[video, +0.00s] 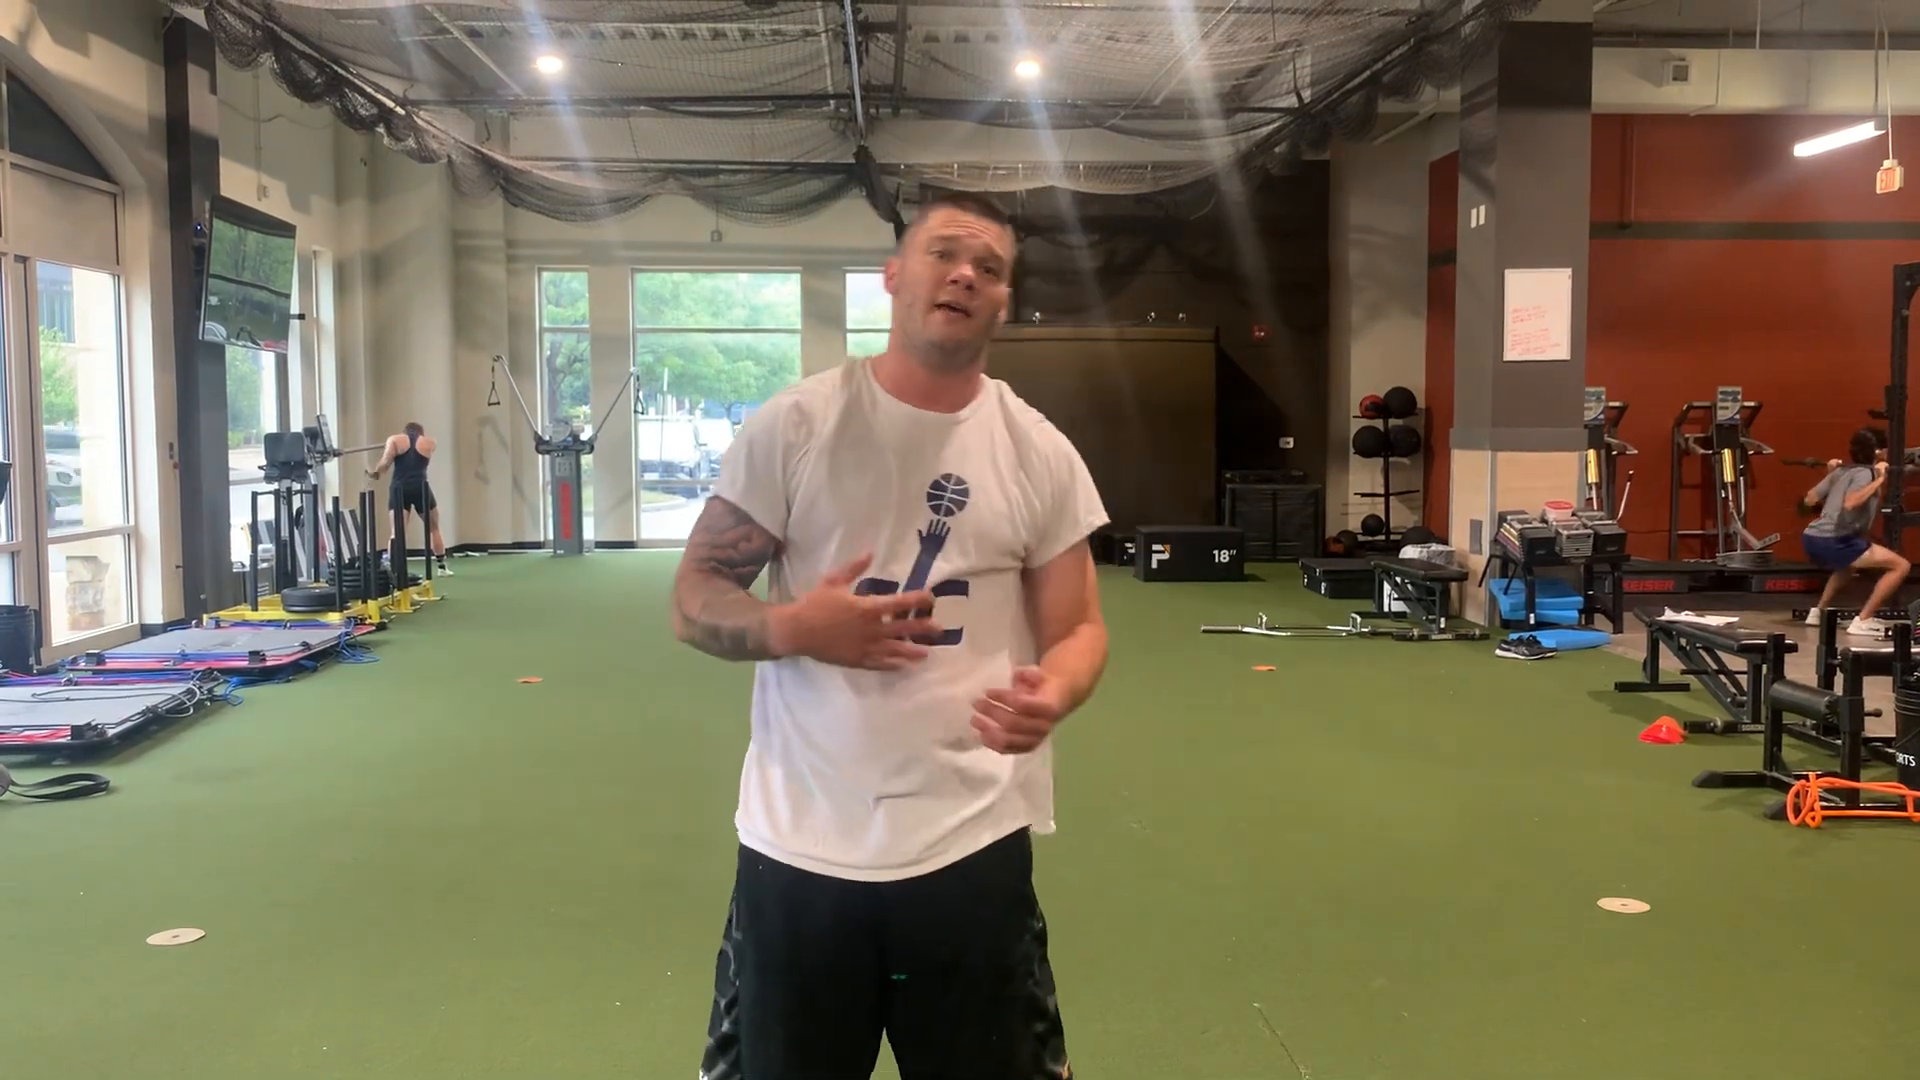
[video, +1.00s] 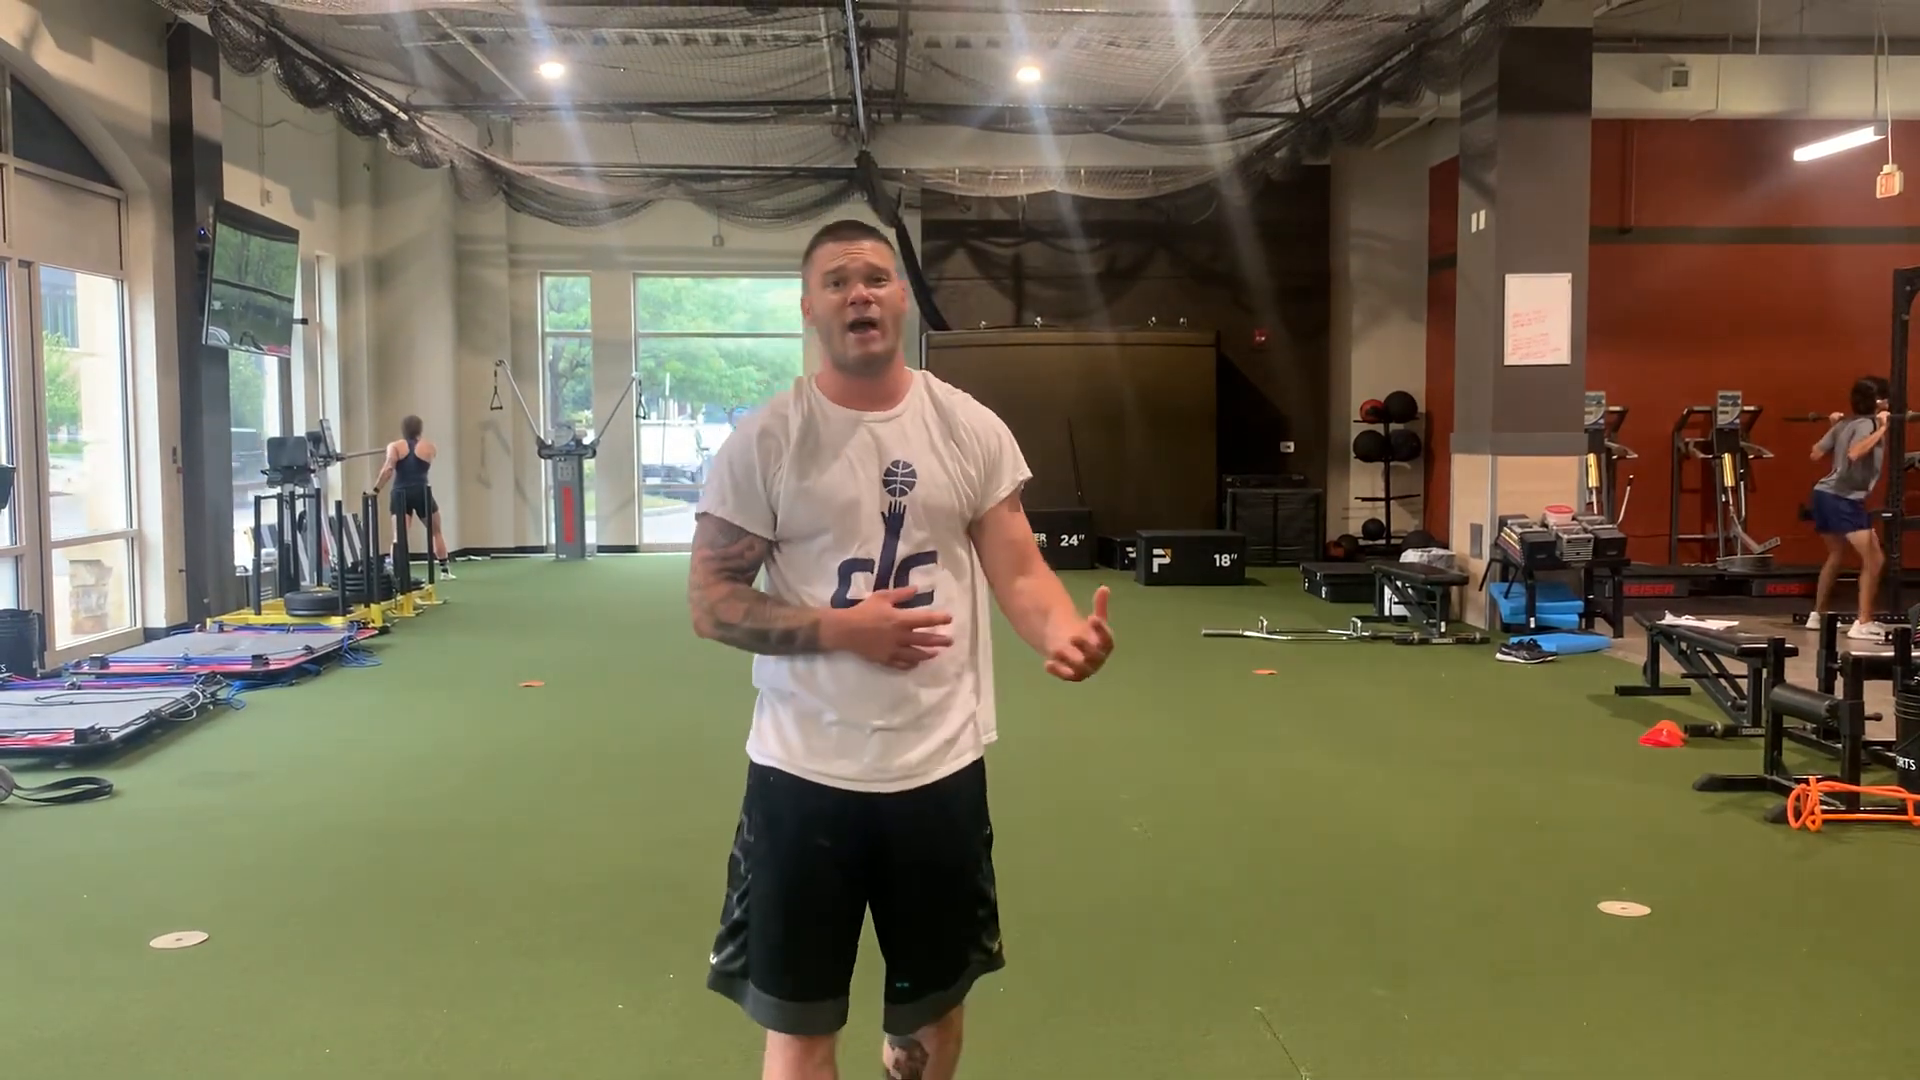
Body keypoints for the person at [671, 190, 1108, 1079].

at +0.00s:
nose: (964, 276)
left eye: (989, 268)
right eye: (943, 253)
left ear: (1005, 306)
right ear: (892, 275)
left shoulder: (1039, 455)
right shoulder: (793, 428)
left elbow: (1078, 630)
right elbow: (697, 597)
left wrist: (1052, 691)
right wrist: (792, 628)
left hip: (972, 850)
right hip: (801, 850)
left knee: (997, 1067)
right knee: (770, 1067)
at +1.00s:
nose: (860, 295)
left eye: (877, 278)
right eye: (837, 282)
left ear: (907, 299)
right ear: (807, 309)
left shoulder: (972, 432)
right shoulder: (763, 441)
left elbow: (1020, 568)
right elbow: (714, 602)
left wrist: (1063, 634)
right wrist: (838, 629)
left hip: (938, 769)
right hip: (804, 773)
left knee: (932, 1017)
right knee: (800, 1025)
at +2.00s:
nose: (807, 328)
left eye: (825, 320)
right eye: (792, 313)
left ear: (843, 344)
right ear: (758, 328)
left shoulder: (884, 434)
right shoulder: (709, 448)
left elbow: (919, 543)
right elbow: (667, 598)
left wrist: (890, 605)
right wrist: (713, 551)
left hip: (864, 713)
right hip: (750, 717)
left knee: (875, 914)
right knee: (743, 908)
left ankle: (883, 1079)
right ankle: (759, 1070)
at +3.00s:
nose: (914, 341)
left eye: (929, 335)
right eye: (903, 326)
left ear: (940, 357)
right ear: (871, 335)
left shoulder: (957, 447)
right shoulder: (805, 427)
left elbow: (978, 561)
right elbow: (750, 533)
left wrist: (997, 668)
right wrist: (824, 549)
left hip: (903, 682)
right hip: (804, 678)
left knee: (894, 852)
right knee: (794, 848)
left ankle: (878, 1021)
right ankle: (835, 945)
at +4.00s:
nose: (906, 346)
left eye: (920, 336)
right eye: (894, 332)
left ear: (937, 348)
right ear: (867, 342)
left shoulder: (972, 430)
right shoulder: (823, 437)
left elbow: (1011, 536)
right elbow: (793, 559)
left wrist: (1027, 637)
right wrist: (800, 526)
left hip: (945, 659)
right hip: (851, 663)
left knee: (962, 825)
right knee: (854, 820)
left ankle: (983, 1013)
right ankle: (876, 969)